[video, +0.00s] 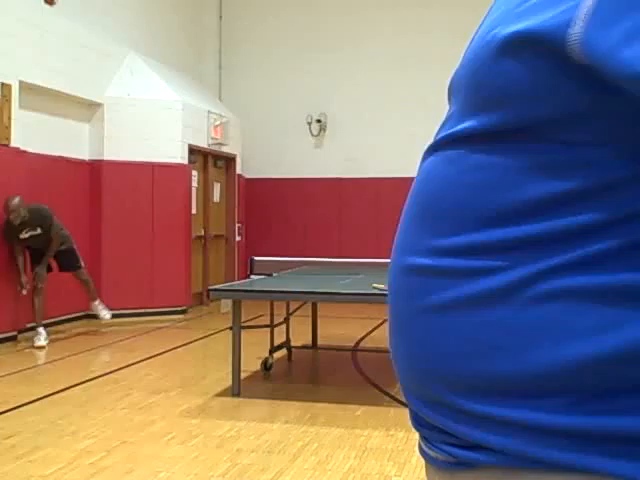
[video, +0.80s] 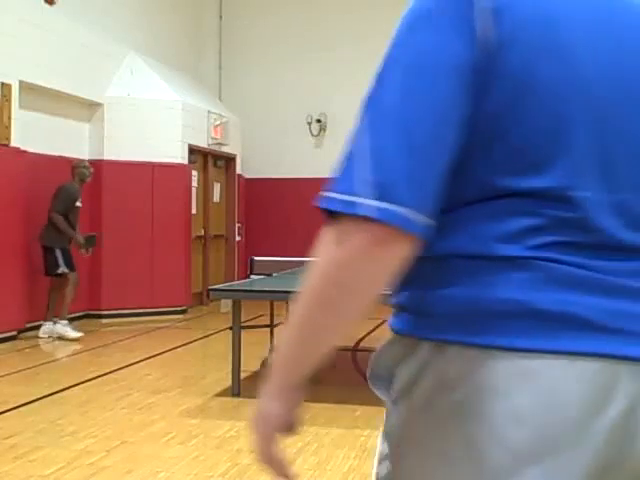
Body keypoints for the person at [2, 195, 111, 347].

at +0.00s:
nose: (11, 216)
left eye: (14, 212)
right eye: (9, 213)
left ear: (23, 209)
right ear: (7, 213)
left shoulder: (42, 214)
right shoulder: (10, 227)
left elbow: (56, 239)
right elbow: (18, 251)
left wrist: (44, 264)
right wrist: (22, 275)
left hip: (59, 243)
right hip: (37, 250)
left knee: (82, 275)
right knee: (38, 287)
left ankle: (96, 302)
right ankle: (40, 329)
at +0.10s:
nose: (20, 206)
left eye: (23, 202)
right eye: (17, 203)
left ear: (29, 201)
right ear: (13, 205)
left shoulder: (46, 211)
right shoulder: (12, 222)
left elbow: (59, 239)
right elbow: (18, 247)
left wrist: (47, 264)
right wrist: (23, 268)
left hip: (56, 246)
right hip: (35, 252)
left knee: (78, 279)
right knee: (37, 288)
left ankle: (87, 310)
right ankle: (39, 330)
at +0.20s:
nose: (32, 196)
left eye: (34, 192)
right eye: (29, 193)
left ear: (40, 192)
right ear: (24, 194)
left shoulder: (53, 206)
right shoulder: (18, 215)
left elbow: (60, 236)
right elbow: (18, 243)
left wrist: (54, 262)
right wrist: (25, 267)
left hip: (55, 249)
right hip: (34, 253)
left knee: (72, 284)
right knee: (37, 286)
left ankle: (70, 319)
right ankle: (39, 331)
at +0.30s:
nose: (45, 185)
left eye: (46, 181)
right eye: (41, 182)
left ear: (50, 182)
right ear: (36, 184)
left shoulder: (58, 201)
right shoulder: (26, 206)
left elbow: (64, 229)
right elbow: (21, 233)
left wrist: (60, 255)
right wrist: (28, 259)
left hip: (55, 250)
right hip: (36, 252)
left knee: (66, 286)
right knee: (38, 287)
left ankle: (54, 322)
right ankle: (39, 329)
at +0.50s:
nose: (70, 178)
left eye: (71, 175)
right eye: (67, 174)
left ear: (71, 177)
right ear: (57, 176)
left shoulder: (70, 198)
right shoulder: (43, 197)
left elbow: (71, 225)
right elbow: (33, 223)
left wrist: (72, 248)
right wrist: (43, 246)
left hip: (57, 247)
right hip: (40, 247)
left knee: (61, 285)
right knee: (43, 284)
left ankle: (50, 324)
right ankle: (41, 327)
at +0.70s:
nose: (86, 171)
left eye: (86, 168)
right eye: (82, 168)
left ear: (78, 172)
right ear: (71, 171)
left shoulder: (74, 192)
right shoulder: (61, 189)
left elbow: (69, 221)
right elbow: (47, 214)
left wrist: (78, 242)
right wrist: (62, 238)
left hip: (55, 240)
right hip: (47, 239)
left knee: (55, 279)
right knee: (61, 277)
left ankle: (49, 322)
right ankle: (50, 323)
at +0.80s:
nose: (90, 171)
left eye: (90, 168)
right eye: (86, 168)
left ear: (82, 173)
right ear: (76, 171)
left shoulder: (76, 192)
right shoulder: (68, 189)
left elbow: (71, 223)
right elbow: (55, 215)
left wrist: (80, 242)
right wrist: (75, 236)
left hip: (58, 242)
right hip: (55, 241)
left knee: (58, 281)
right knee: (71, 278)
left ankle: (48, 323)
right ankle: (61, 322)